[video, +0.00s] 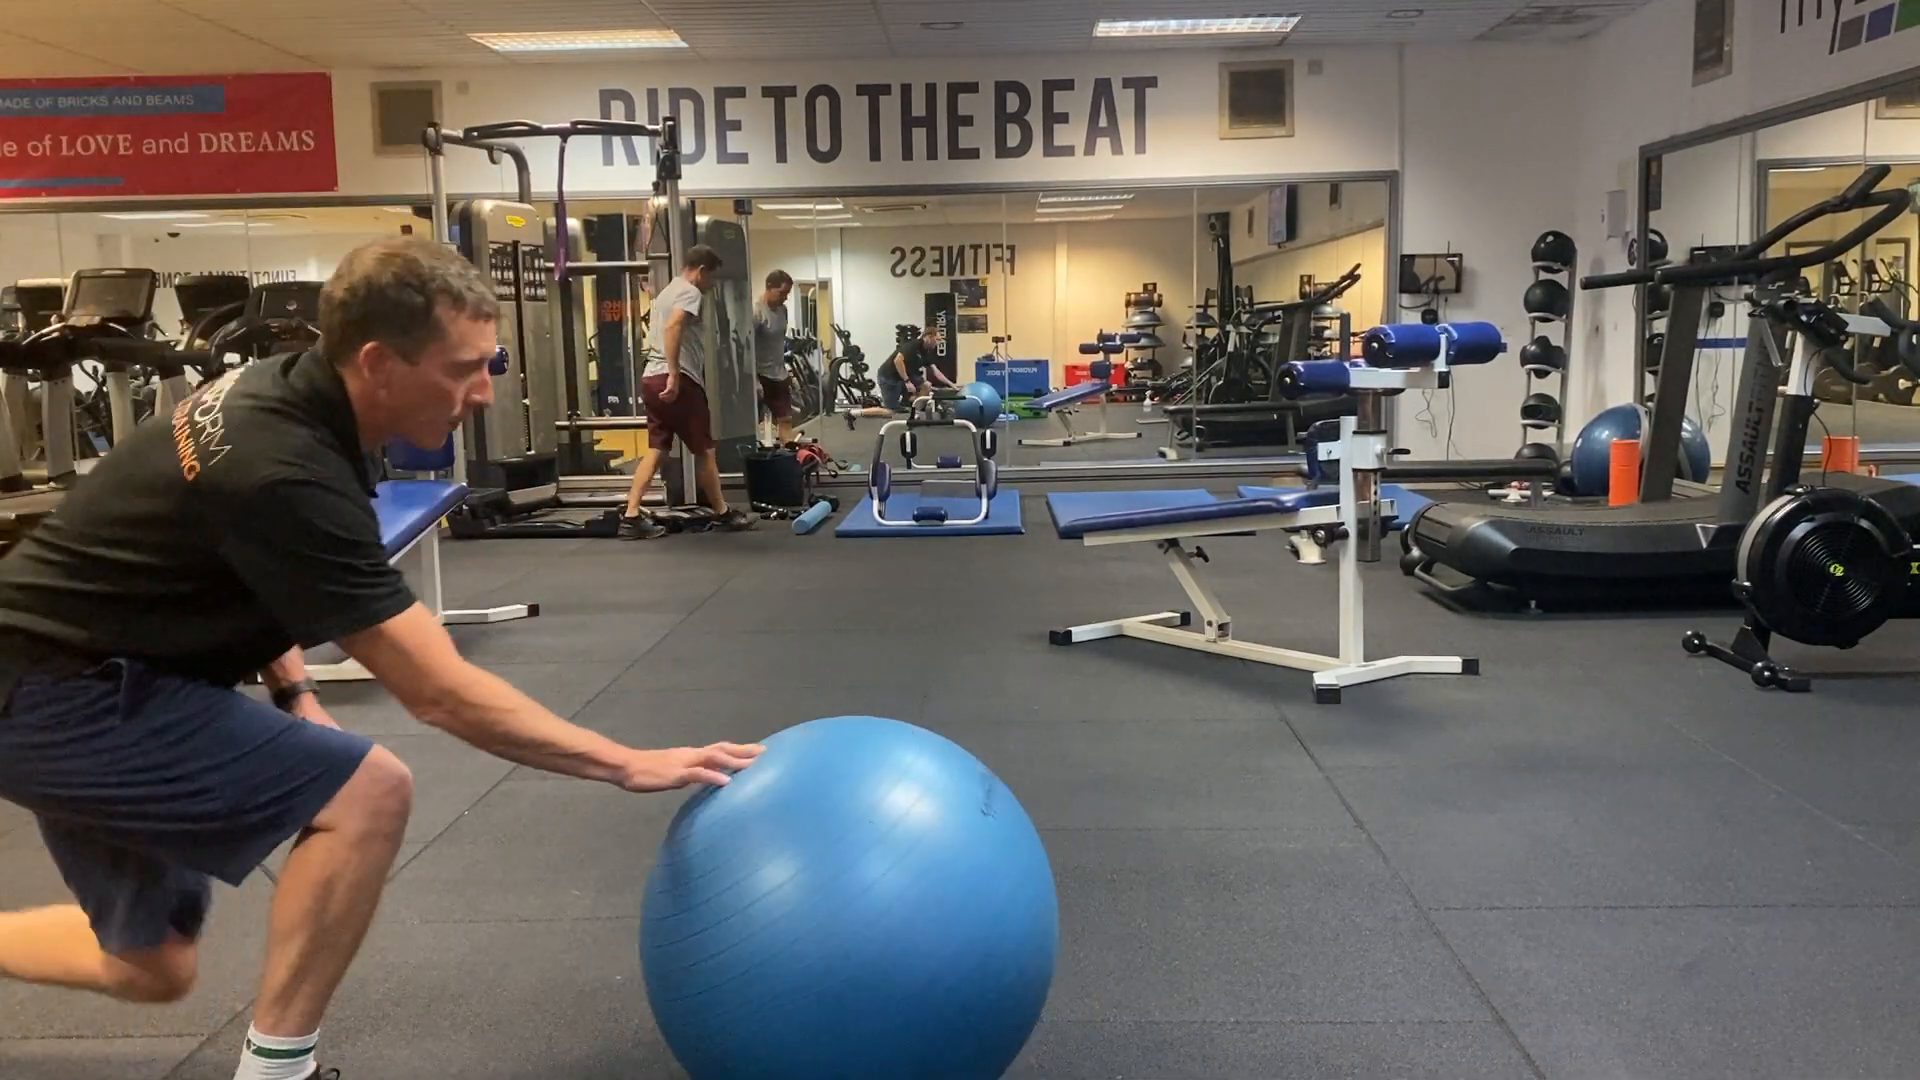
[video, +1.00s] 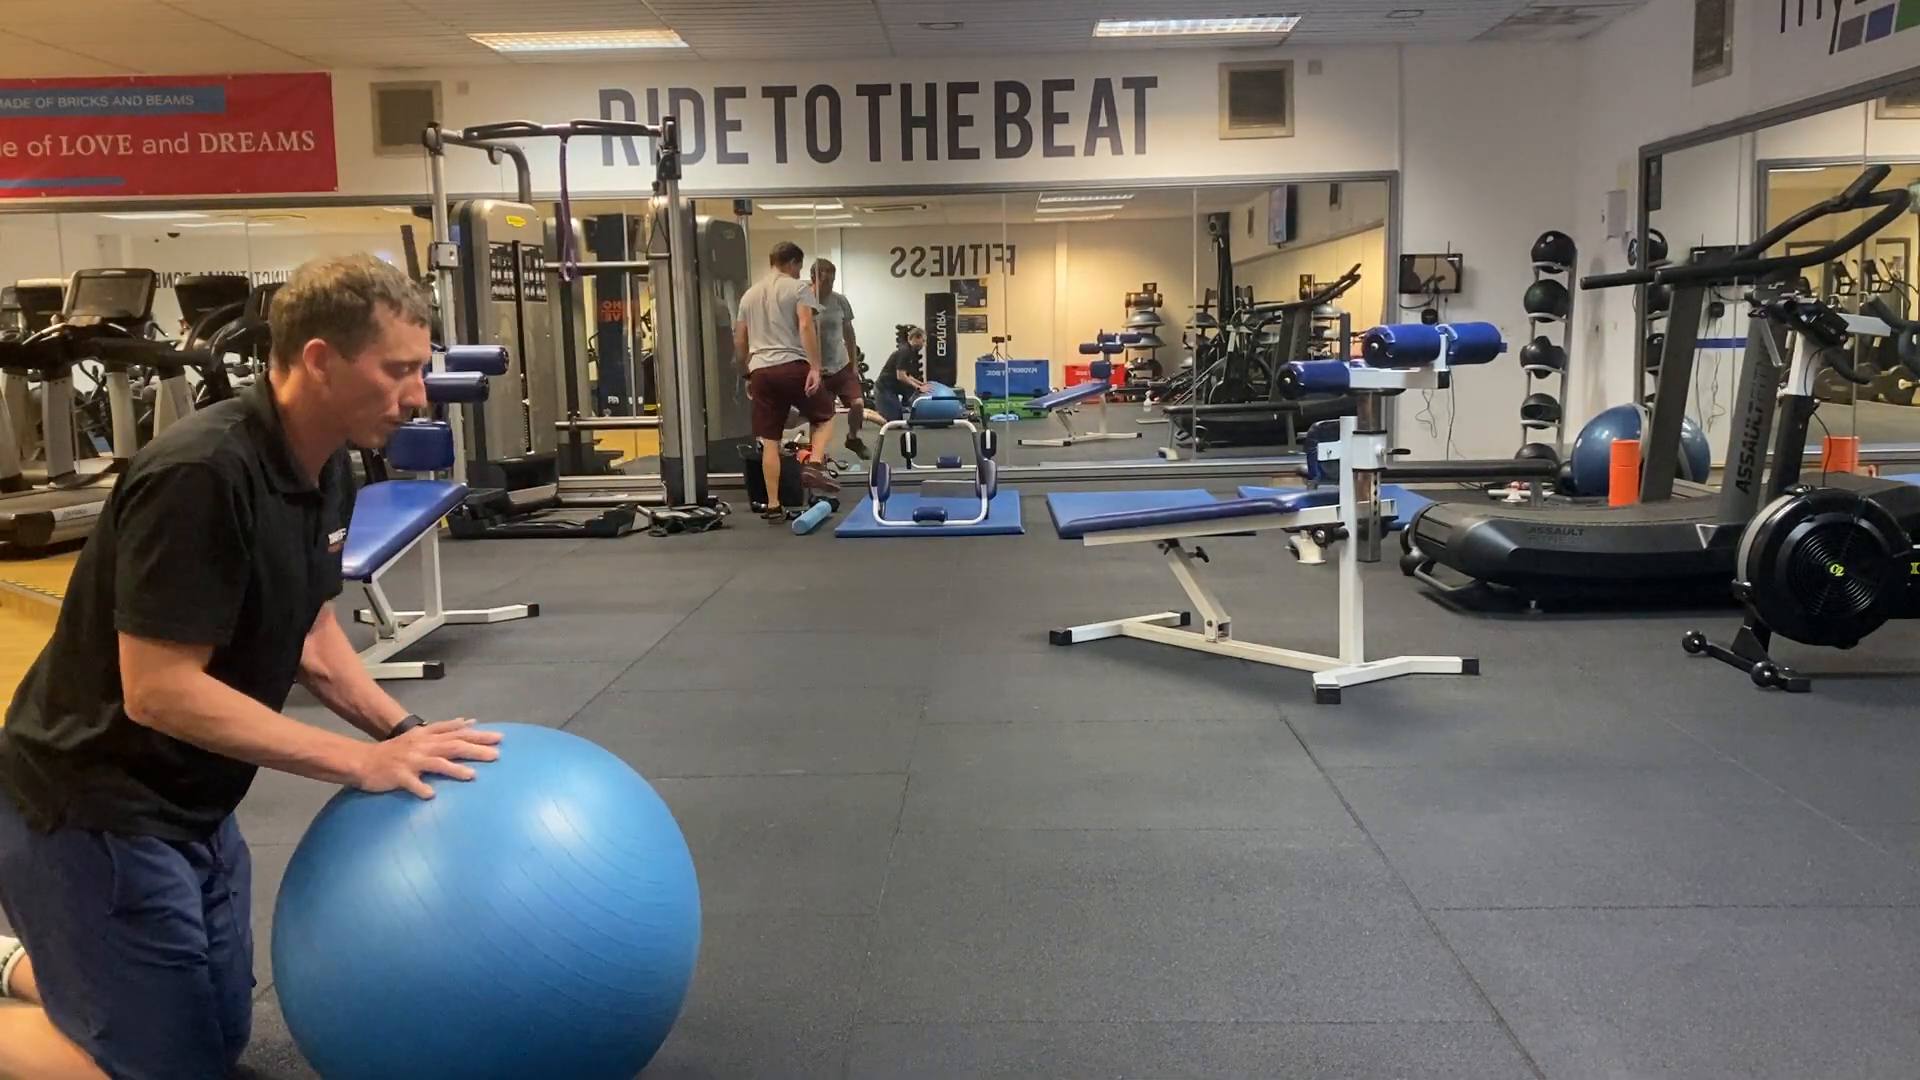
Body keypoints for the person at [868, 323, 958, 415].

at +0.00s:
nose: (937, 343)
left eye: (937, 340)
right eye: (936, 340)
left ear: (929, 338)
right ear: (928, 338)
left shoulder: (925, 351)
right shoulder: (913, 345)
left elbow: (935, 371)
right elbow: (898, 361)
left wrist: (951, 384)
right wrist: (907, 381)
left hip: (904, 376)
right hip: (888, 377)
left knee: (925, 387)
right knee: (892, 411)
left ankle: (902, 406)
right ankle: (859, 412)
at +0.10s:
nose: (933, 341)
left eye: (934, 339)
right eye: (932, 338)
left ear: (924, 338)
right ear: (923, 338)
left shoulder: (921, 351)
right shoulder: (911, 347)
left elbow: (927, 371)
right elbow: (901, 366)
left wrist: (944, 385)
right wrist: (914, 385)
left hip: (901, 381)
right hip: (890, 381)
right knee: (892, 417)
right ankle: (856, 414)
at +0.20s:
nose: (926, 340)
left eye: (926, 337)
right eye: (924, 337)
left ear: (917, 338)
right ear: (917, 338)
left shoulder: (913, 351)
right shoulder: (909, 349)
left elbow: (920, 372)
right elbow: (903, 372)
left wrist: (937, 386)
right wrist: (919, 386)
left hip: (900, 382)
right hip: (889, 385)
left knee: (923, 393)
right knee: (893, 420)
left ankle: (913, 419)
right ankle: (858, 414)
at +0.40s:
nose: (920, 338)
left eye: (920, 335)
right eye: (917, 335)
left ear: (909, 336)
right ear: (909, 335)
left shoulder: (906, 347)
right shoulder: (904, 349)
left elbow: (910, 373)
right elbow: (908, 375)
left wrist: (921, 388)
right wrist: (929, 382)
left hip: (893, 383)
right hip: (885, 385)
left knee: (913, 386)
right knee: (892, 421)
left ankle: (905, 414)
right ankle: (858, 414)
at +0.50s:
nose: (916, 337)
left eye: (916, 334)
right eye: (914, 334)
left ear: (906, 333)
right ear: (907, 333)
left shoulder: (897, 344)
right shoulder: (901, 347)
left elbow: (901, 373)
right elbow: (907, 371)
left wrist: (914, 384)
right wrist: (928, 381)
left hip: (895, 382)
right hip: (886, 386)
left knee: (910, 394)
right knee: (891, 421)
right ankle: (857, 414)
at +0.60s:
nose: (914, 336)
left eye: (914, 333)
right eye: (913, 333)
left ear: (904, 332)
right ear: (904, 332)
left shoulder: (897, 344)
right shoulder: (899, 347)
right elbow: (904, 373)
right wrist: (924, 383)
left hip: (897, 385)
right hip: (887, 386)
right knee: (892, 421)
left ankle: (874, 412)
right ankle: (857, 414)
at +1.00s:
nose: (924, 344)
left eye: (924, 341)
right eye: (923, 340)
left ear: (915, 339)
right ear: (914, 339)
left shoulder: (911, 352)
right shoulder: (904, 351)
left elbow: (907, 375)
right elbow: (900, 376)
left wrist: (920, 384)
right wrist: (918, 387)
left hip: (892, 387)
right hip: (884, 387)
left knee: (897, 422)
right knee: (893, 422)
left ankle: (867, 413)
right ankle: (866, 414)